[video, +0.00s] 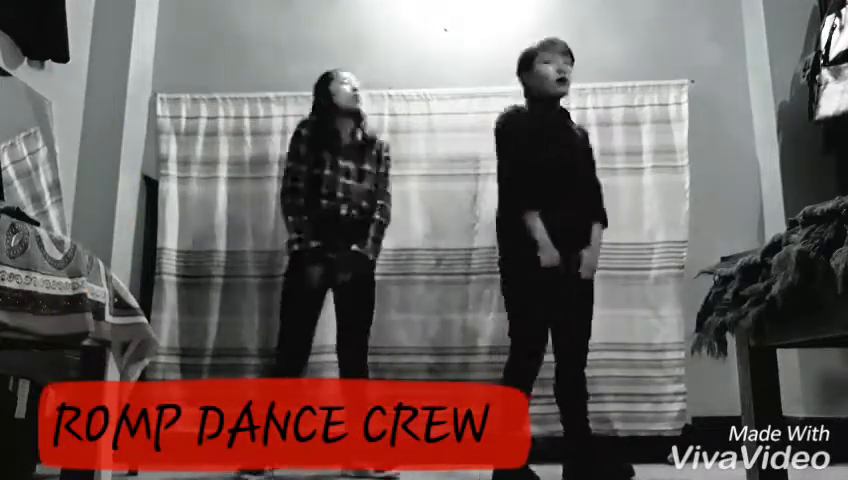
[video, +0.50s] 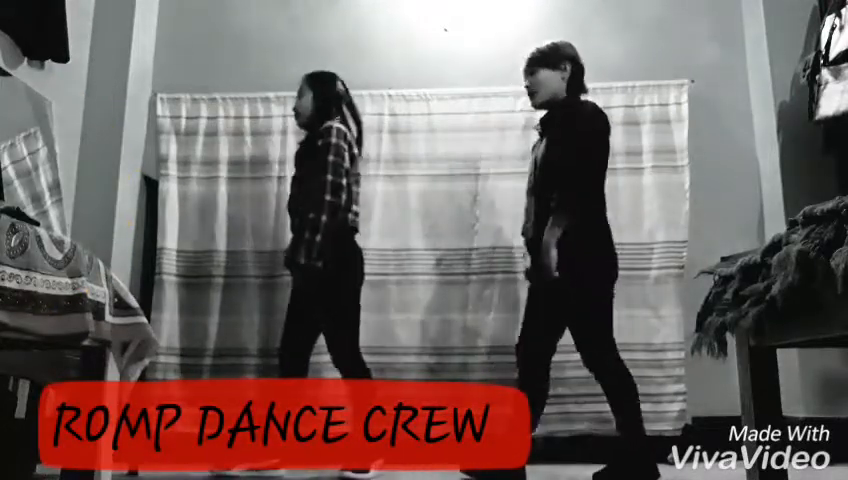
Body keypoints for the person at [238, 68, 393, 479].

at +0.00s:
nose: (356, 88)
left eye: (357, 82)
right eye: (346, 83)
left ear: (360, 94)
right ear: (327, 95)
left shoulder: (375, 143)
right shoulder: (308, 134)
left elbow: (382, 202)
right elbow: (291, 190)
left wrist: (368, 248)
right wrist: (301, 242)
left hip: (356, 258)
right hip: (310, 256)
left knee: (354, 353)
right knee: (293, 350)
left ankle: (358, 442)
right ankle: (271, 439)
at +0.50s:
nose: (295, 104)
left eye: (303, 95)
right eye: (297, 96)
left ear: (323, 99)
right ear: (325, 100)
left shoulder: (333, 133)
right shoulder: (323, 135)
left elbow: (328, 199)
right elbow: (318, 199)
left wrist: (309, 256)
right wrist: (300, 249)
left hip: (332, 256)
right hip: (324, 256)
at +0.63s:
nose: (292, 105)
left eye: (297, 97)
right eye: (293, 97)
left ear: (317, 99)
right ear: (318, 99)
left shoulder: (333, 138)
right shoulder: (323, 140)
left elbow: (325, 205)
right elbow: (316, 205)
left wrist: (305, 262)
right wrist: (297, 258)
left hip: (333, 257)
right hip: (320, 256)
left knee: (351, 355)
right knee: (296, 356)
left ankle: (386, 435)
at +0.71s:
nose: (290, 106)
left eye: (296, 98)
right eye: (292, 98)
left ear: (315, 100)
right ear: (320, 99)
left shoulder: (331, 138)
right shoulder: (321, 140)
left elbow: (327, 204)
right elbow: (316, 204)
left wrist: (308, 261)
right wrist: (298, 257)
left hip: (334, 258)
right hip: (324, 258)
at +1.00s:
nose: (274, 126)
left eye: (280, 118)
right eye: (276, 118)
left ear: (297, 120)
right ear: (311, 121)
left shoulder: (311, 153)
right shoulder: (321, 155)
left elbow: (314, 216)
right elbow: (323, 219)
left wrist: (297, 269)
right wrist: (299, 265)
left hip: (320, 272)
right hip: (330, 271)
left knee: (251, 350)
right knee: (312, 369)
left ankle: (268, 441)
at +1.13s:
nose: (282, 102)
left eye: (288, 94)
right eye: (284, 94)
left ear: (304, 96)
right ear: (316, 95)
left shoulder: (318, 129)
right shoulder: (316, 132)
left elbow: (317, 192)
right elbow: (312, 194)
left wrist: (302, 249)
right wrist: (298, 244)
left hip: (325, 254)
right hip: (324, 252)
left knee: (294, 352)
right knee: (343, 353)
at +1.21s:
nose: (286, 99)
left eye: (292, 91)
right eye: (289, 92)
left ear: (310, 95)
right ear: (316, 96)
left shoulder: (322, 132)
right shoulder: (320, 135)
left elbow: (318, 196)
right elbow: (313, 197)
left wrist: (302, 253)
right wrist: (296, 247)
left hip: (327, 258)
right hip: (324, 256)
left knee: (297, 355)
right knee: (358, 356)